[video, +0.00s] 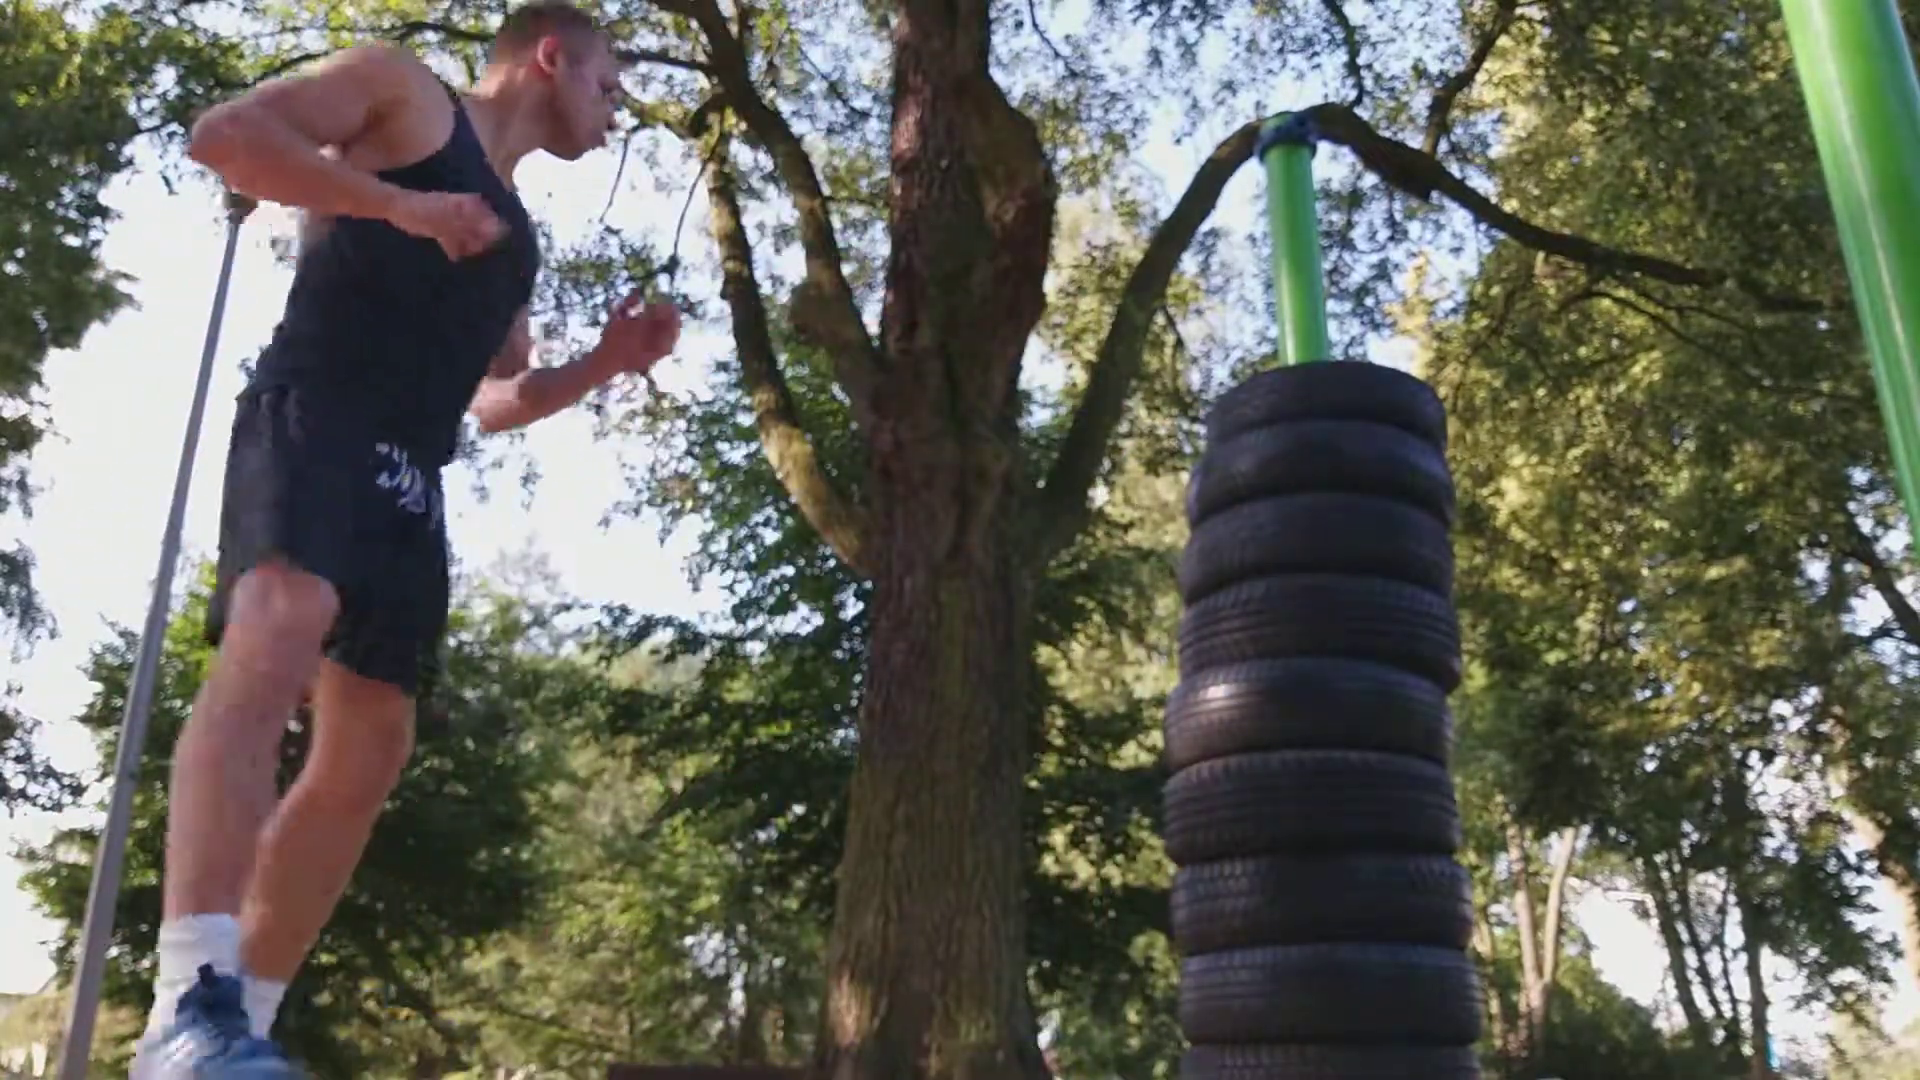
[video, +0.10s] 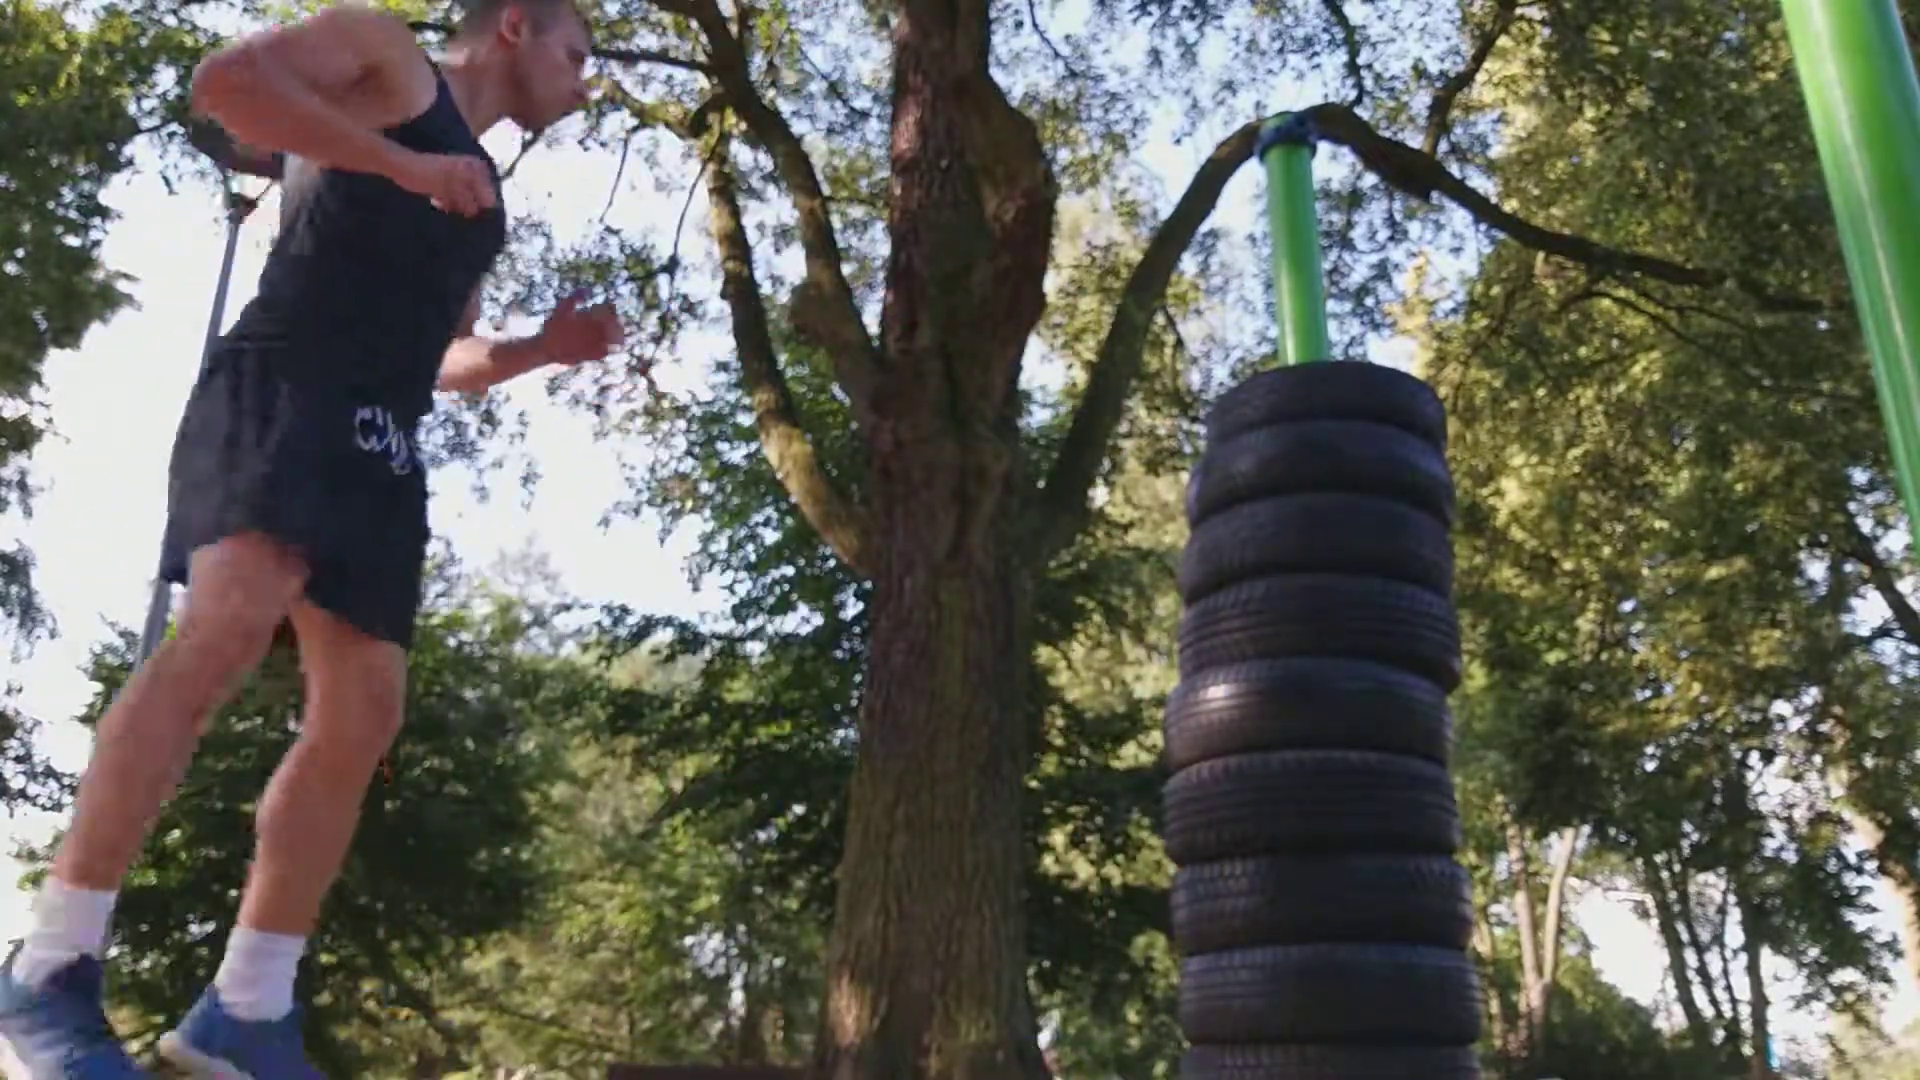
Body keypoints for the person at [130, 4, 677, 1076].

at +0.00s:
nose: (620, 99)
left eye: (622, 83)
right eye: (610, 73)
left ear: (553, 70)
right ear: (549, 58)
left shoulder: (517, 243)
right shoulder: (402, 84)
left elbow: (495, 398)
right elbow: (227, 135)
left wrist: (602, 362)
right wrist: (401, 202)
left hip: (410, 477)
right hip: (311, 422)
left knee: (363, 755)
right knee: (272, 648)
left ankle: (239, 1029)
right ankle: (190, 1008)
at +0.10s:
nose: (585, 79)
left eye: (589, 59)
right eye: (578, 49)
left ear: (526, 42)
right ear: (512, 27)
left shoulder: (480, 192)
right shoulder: (389, 50)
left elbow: (429, 362)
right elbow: (230, 80)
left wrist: (540, 348)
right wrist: (402, 160)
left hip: (381, 440)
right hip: (280, 393)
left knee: (358, 715)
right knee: (222, 635)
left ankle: (244, 1010)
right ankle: (49, 976)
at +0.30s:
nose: (501, 150)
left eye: (507, 130)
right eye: (493, 121)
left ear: (430, 115)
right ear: (427, 103)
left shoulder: (393, 261)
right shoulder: (302, 130)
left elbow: (340, 434)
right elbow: (212, 209)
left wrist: (455, 417)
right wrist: (401, 248)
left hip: (314, 550)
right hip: (201, 513)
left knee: (366, 790)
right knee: (82, 731)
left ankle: (198, 1051)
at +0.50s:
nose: (525, 143)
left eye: (531, 127)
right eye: (520, 117)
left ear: (463, 104)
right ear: (455, 88)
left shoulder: (432, 229)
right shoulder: (328, 114)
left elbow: (364, 390)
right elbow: (243, 227)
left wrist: (467, 395)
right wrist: (423, 273)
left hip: (365, 508)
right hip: (261, 483)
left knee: (424, 741)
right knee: (142, 703)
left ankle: (343, 1011)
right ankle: (3, 934)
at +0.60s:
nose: (533, 180)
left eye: (539, 161)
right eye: (527, 153)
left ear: (475, 141)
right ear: (463, 127)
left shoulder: (438, 271)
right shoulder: (341, 164)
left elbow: (401, 438)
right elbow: (276, 275)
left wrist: (509, 423)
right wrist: (445, 307)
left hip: (397, 550)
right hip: (294, 523)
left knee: (440, 782)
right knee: (178, 750)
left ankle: (409, 1053)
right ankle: (8, 988)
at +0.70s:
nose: (533, 223)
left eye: (536, 205)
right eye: (524, 198)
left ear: (462, 191)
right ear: (459, 183)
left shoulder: (445, 334)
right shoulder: (340, 239)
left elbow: (439, 490)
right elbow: (295, 365)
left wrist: (537, 483)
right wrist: (458, 363)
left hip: (414, 611)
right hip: (311, 589)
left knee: (473, 831)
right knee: (205, 794)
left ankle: (392, 1067)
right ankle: (17, 1029)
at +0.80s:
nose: (533, 192)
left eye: (539, 175)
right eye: (527, 166)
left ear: (476, 154)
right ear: (460, 139)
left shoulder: (449, 294)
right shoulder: (333, 194)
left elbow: (413, 446)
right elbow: (247, 316)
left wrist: (515, 457)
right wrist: (417, 328)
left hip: (400, 563)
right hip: (291, 531)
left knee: (419, 790)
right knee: (157, 735)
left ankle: (401, 1056)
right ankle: (4, 976)